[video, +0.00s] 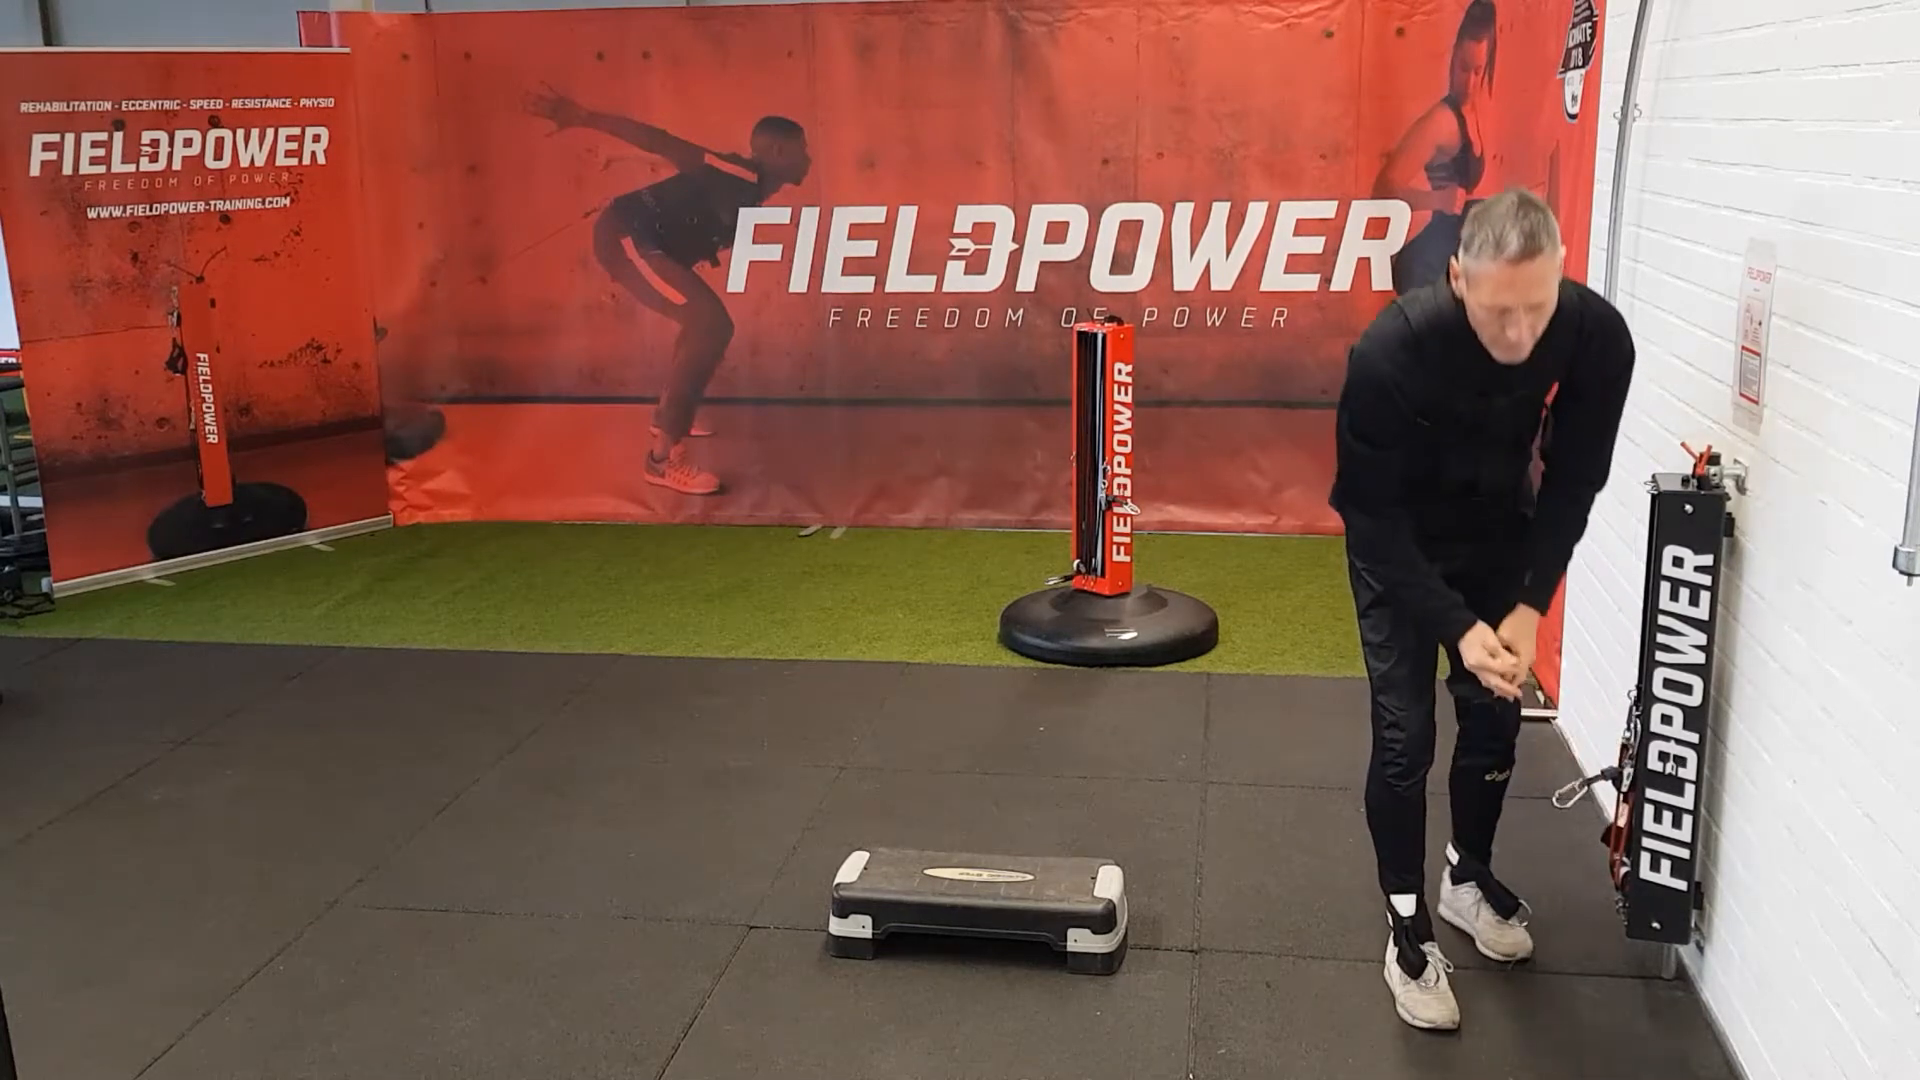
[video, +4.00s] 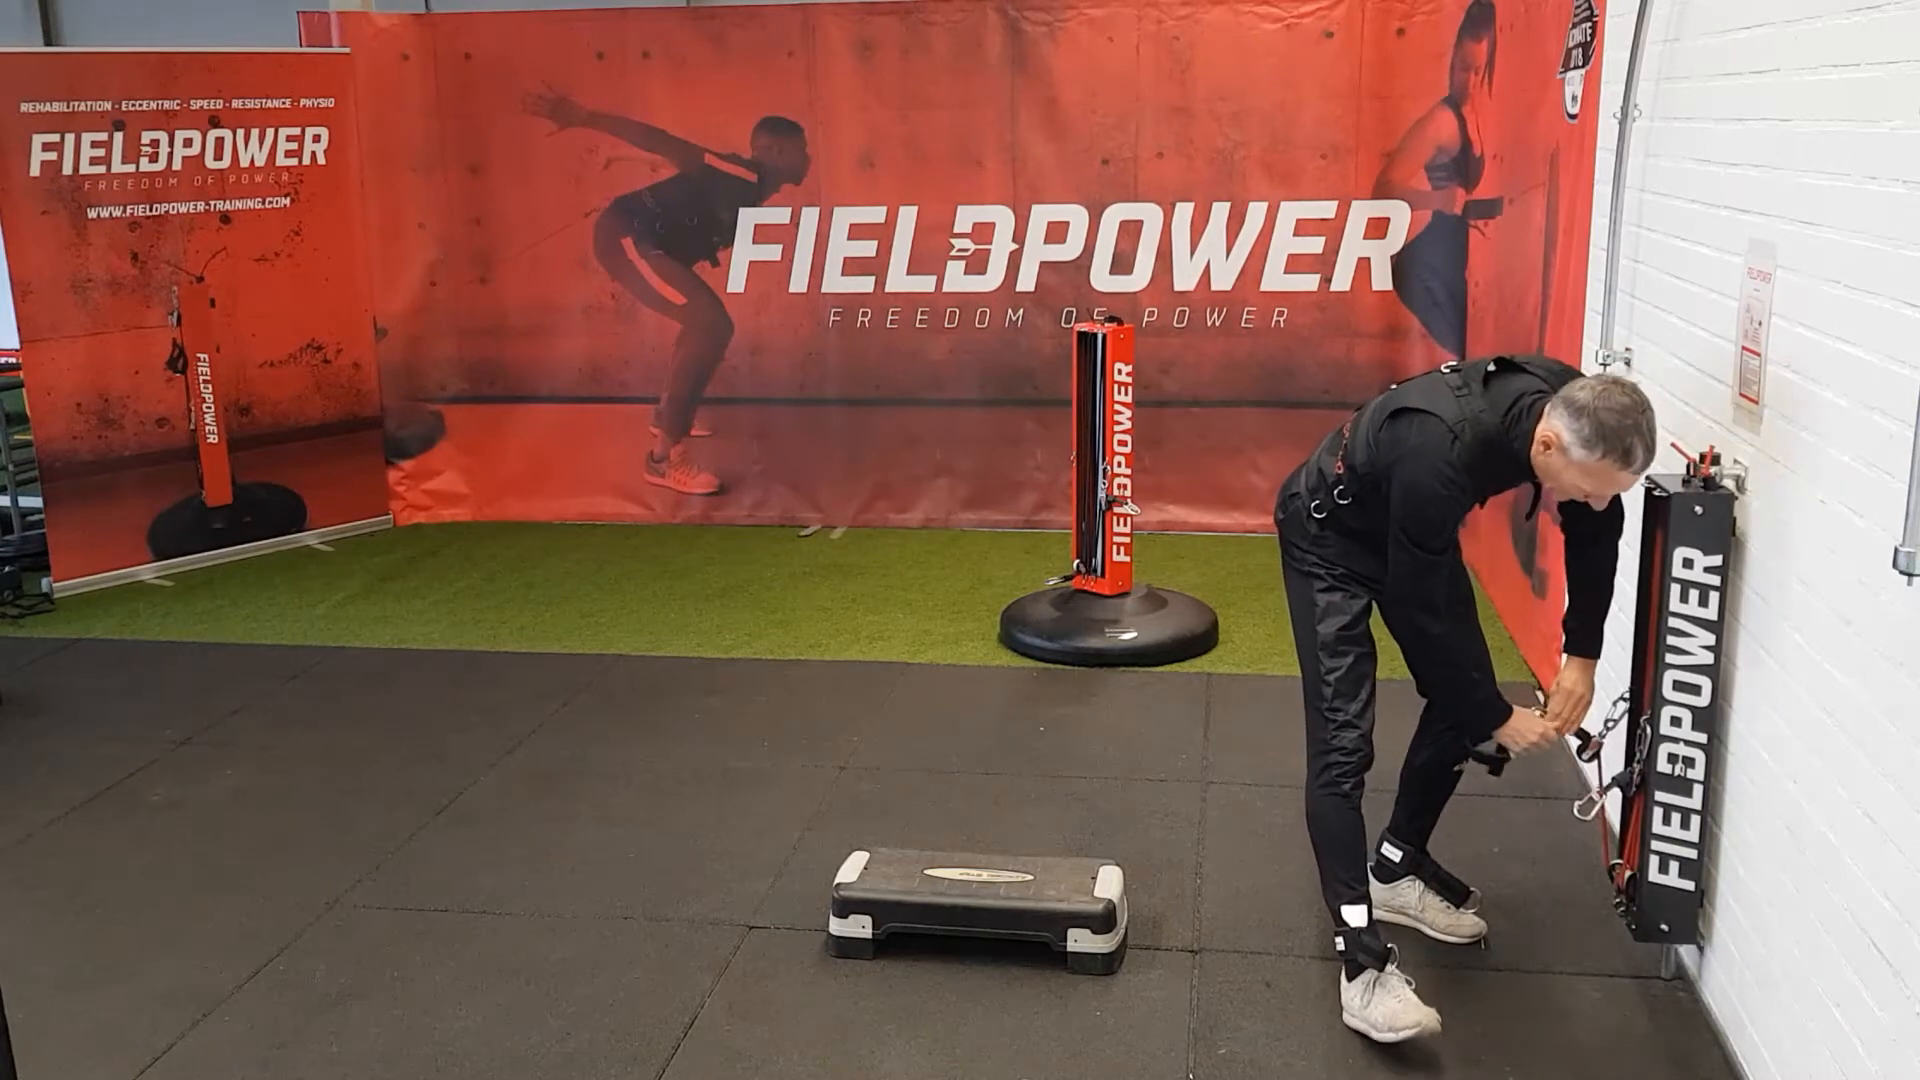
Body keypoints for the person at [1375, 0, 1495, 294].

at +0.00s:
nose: (1470, 84)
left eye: (1479, 72)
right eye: (1463, 70)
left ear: (1490, 69)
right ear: (1448, 65)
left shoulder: (1473, 115)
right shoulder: (1440, 120)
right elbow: (1390, 185)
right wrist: (1438, 199)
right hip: (1426, 249)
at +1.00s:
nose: (1471, 81)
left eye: (1479, 71)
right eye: (1465, 68)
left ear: (1488, 70)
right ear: (1450, 62)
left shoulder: (1465, 118)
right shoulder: (1440, 120)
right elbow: (1387, 189)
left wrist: (1472, 210)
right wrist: (1439, 200)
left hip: (1446, 251)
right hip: (1426, 256)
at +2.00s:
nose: (1471, 80)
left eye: (1480, 71)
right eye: (1465, 68)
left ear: (1489, 69)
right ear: (1451, 63)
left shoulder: (1472, 116)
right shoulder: (1441, 121)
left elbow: (1440, 194)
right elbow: (1387, 187)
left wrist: (1475, 209)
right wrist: (1438, 200)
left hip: (1447, 254)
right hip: (1426, 258)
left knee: (1457, 348)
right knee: (1450, 348)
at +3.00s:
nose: (1472, 81)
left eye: (1482, 72)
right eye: (1464, 69)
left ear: (1492, 74)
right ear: (1450, 66)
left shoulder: (1468, 121)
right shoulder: (1440, 121)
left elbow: (1438, 191)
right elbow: (1388, 187)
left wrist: (1473, 211)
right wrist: (1437, 199)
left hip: (1446, 257)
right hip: (1424, 260)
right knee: (1450, 358)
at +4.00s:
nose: (1471, 81)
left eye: (1482, 71)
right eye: (1464, 68)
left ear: (1492, 73)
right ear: (1450, 66)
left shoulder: (1469, 121)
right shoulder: (1440, 121)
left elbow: (1440, 194)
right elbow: (1387, 188)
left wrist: (1474, 211)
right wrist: (1437, 199)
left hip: (1447, 257)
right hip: (1424, 260)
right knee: (1451, 358)